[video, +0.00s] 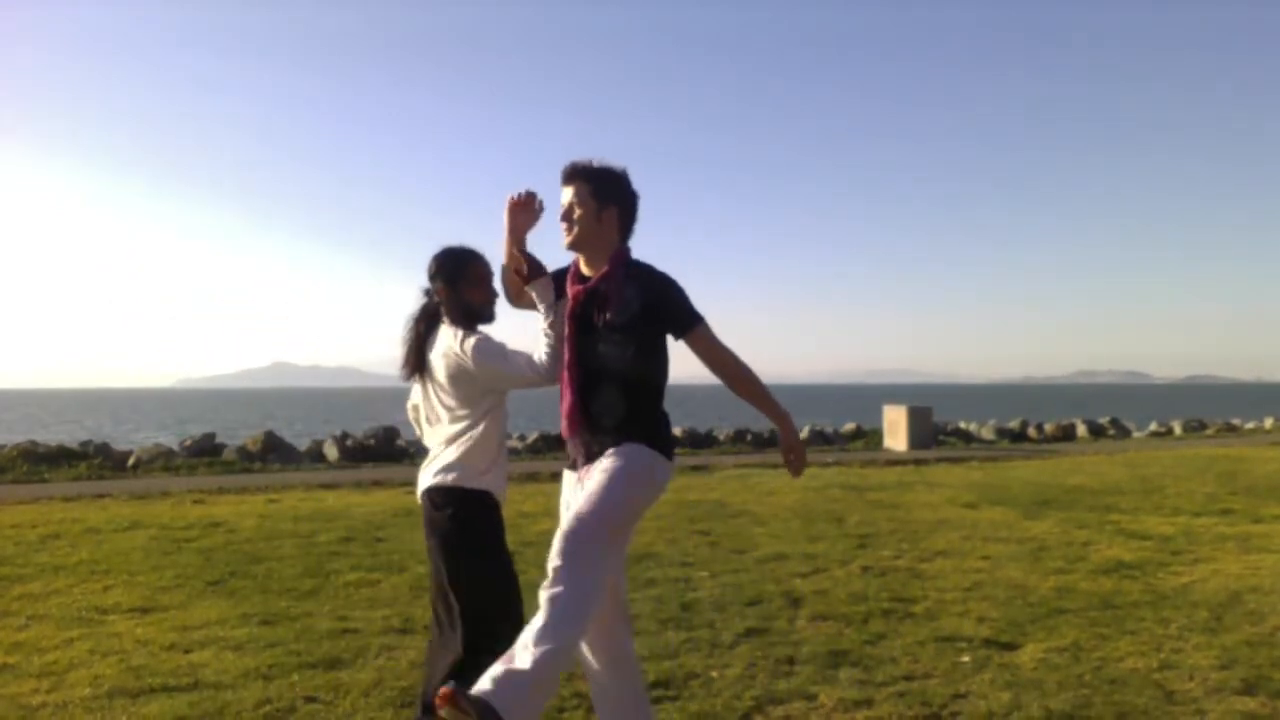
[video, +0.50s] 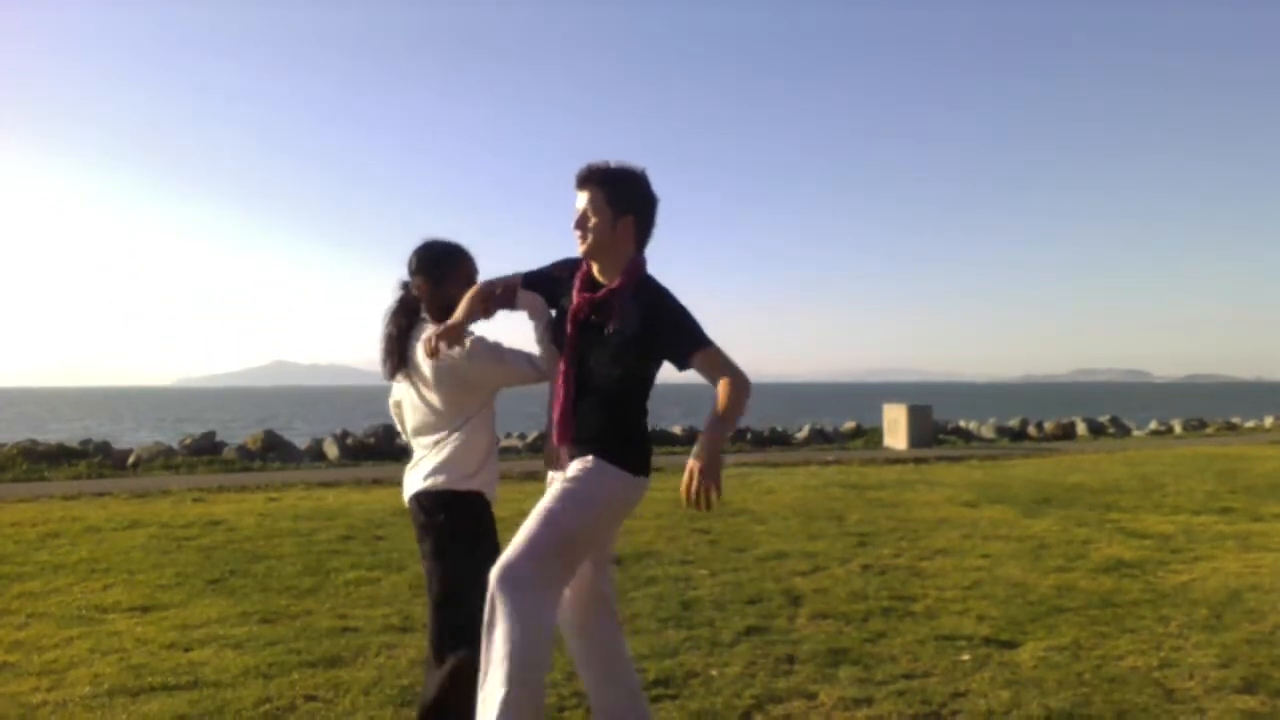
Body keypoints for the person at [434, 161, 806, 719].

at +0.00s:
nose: (562, 218)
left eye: (573, 209)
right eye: (562, 210)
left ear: (612, 216)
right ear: (573, 218)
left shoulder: (650, 287)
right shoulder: (565, 283)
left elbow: (718, 360)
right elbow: (518, 290)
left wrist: (784, 423)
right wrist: (515, 238)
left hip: (635, 452)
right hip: (580, 460)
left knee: (574, 551)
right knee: (600, 612)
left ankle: (500, 700)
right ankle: (626, 714)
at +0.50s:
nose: (576, 224)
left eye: (588, 215)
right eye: (577, 214)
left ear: (627, 225)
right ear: (588, 221)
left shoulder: (651, 302)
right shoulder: (571, 278)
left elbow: (734, 383)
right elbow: (492, 290)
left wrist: (709, 446)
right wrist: (458, 322)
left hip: (610, 467)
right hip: (569, 463)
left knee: (515, 581)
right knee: (587, 614)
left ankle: (504, 713)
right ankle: (624, 714)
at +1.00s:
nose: (547, 242)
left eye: (561, 234)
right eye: (549, 231)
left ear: (603, 251)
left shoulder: (626, 318)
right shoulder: (526, 289)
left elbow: (674, 389)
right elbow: (488, 334)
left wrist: (591, 357)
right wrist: (504, 412)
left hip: (590, 480)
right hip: (537, 473)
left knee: (547, 627)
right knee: (585, 622)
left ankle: (559, 713)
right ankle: (624, 714)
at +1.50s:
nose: (475, 299)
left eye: (475, 290)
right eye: (473, 287)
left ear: (497, 299)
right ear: (535, 271)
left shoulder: (551, 368)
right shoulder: (564, 312)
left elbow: (485, 478)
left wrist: (461, 401)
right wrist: (488, 488)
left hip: (591, 495)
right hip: (615, 482)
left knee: (534, 645)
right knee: (569, 630)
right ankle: (584, 708)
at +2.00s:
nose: (501, 259)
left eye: (501, 249)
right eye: (502, 249)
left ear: (512, 255)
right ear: (560, 250)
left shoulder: (533, 329)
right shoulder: (587, 311)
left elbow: (488, 432)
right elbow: (556, 395)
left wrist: (467, 360)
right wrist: (502, 347)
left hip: (553, 497)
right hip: (601, 488)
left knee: (529, 624)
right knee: (556, 611)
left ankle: (551, 713)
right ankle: (585, 709)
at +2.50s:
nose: (498, 296)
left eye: (499, 288)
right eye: (500, 288)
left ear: (508, 291)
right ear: (549, 288)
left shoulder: (512, 348)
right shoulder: (585, 349)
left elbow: (495, 408)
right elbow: (633, 413)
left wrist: (486, 439)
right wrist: (585, 425)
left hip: (542, 503)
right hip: (600, 499)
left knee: (544, 632)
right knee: (550, 616)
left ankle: (570, 712)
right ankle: (575, 705)